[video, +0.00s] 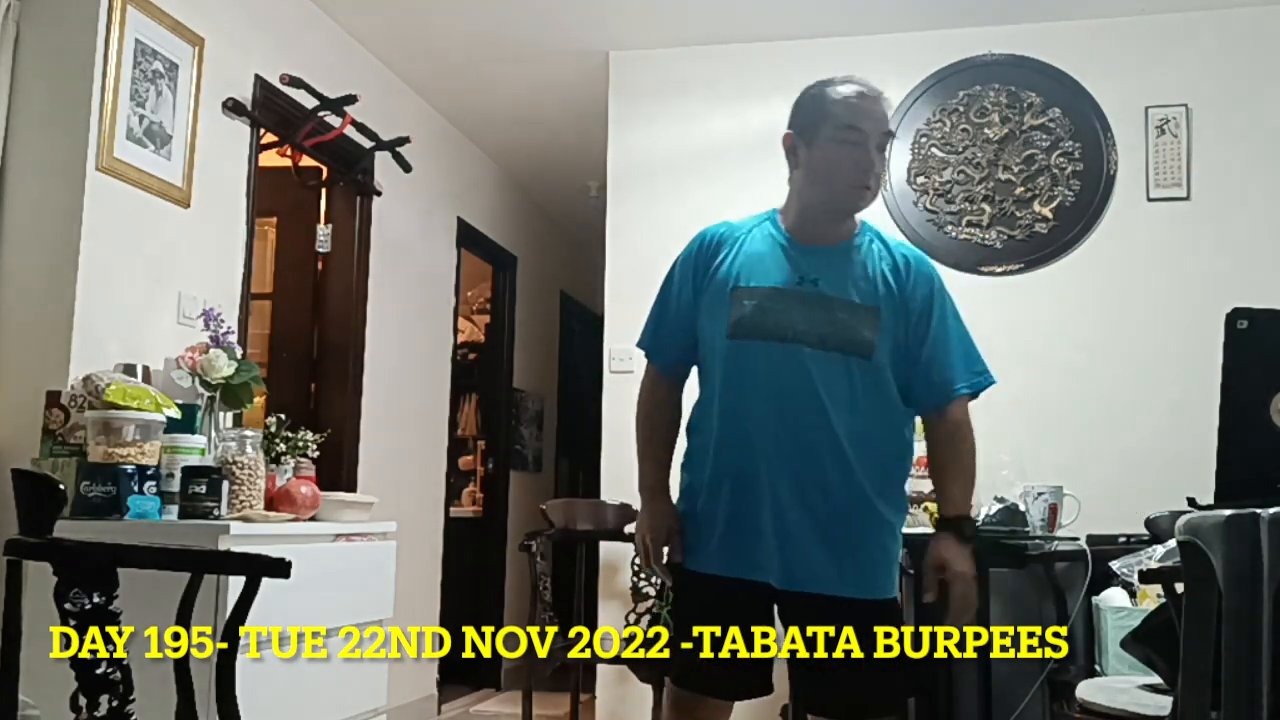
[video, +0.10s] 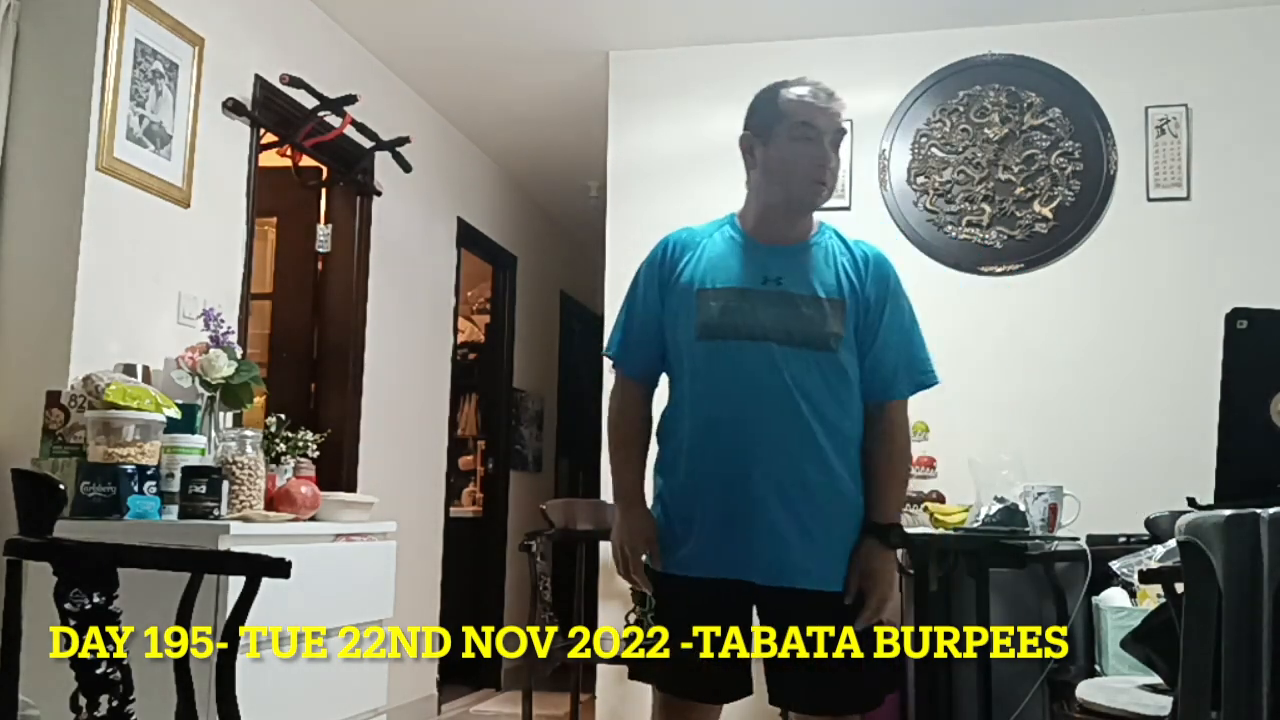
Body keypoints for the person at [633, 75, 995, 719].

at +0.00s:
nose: (875, 159)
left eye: (884, 144)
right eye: (853, 138)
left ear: (891, 158)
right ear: (794, 148)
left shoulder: (910, 278)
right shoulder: (714, 254)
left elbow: (948, 411)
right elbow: (662, 380)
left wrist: (955, 529)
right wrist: (654, 501)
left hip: (851, 559)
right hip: (724, 544)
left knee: (855, 713)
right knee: (693, 706)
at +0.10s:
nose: (830, 156)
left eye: (838, 141)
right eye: (808, 135)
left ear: (844, 156)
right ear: (753, 146)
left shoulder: (868, 272)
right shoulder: (676, 258)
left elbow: (889, 414)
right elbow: (631, 390)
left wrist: (884, 538)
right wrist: (630, 507)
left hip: (825, 560)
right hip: (698, 549)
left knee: (829, 716)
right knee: (683, 708)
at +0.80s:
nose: (745, 161)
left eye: (752, 150)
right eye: (724, 144)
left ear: (758, 167)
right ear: (671, 155)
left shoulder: (782, 262)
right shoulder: (608, 255)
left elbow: (856, 340)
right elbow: (561, 344)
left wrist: (756, 340)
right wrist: (682, 325)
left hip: (763, 547)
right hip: (641, 543)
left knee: (776, 710)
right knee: (654, 708)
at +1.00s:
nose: (749, 159)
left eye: (757, 147)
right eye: (728, 141)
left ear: (763, 163)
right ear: (675, 154)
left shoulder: (789, 258)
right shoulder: (614, 253)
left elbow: (860, 336)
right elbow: (565, 334)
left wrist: (749, 353)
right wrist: (691, 328)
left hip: (770, 546)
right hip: (647, 542)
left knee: (778, 710)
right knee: (656, 709)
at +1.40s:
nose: (718, 166)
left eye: (733, 146)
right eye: (693, 146)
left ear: (751, 159)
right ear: (654, 162)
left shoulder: (798, 262)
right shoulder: (608, 265)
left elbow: (830, 396)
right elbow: (573, 401)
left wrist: (807, 520)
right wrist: (624, 518)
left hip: (766, 563)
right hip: (651, 566)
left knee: (780, 713)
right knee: (656, 710)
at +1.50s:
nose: (696, 229)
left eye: (717, 201)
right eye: (671, 205)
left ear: (742, 196)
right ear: (640, 207)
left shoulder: (799, 299)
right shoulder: (600, 301)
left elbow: (844, 443)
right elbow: (567, 448)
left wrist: (813, 576)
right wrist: (595, 584)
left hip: (772, 578)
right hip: (644, 578)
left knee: (794, 710)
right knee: (626, 709)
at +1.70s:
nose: (672, 495)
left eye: (693, 470)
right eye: (647, 472)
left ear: (727, 436)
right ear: (618, 444)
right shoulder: (574, 479)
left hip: (762, 603)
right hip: (633, 603)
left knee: (816, 704)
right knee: (584, 706)